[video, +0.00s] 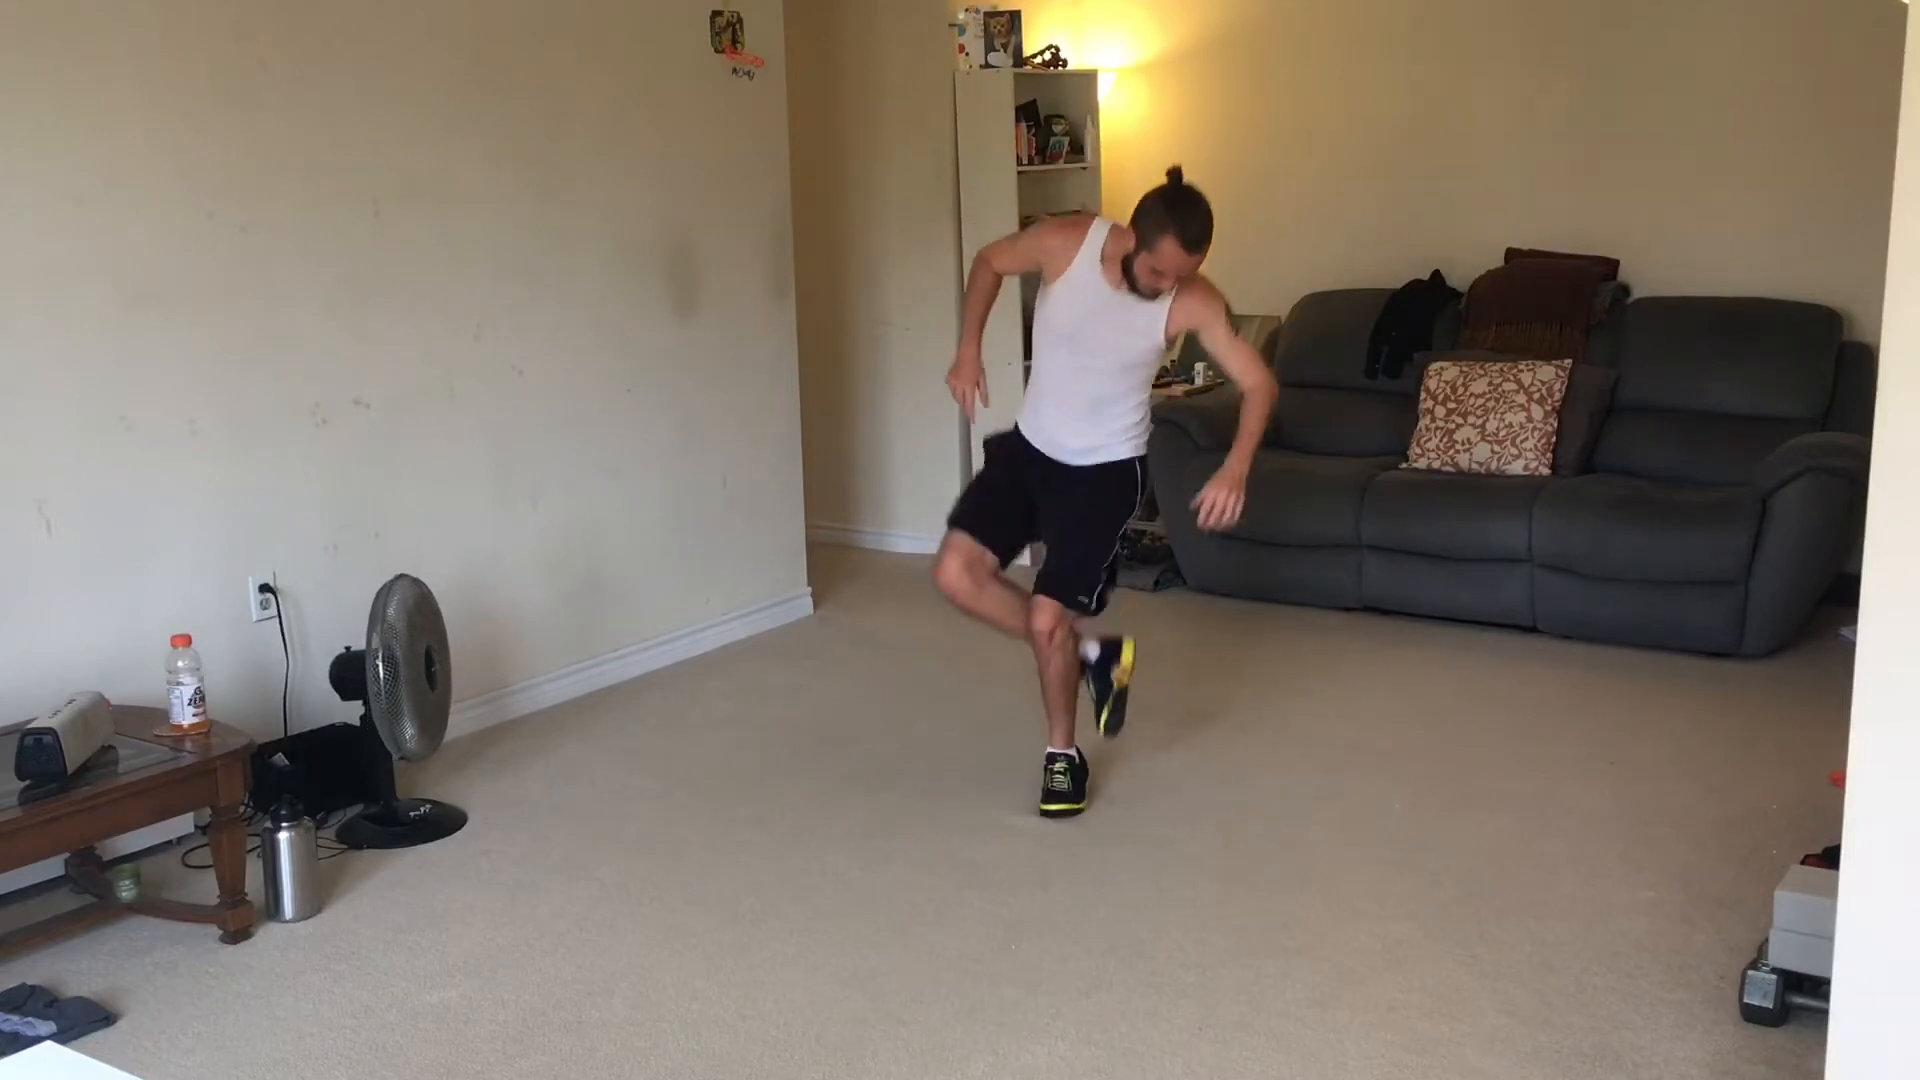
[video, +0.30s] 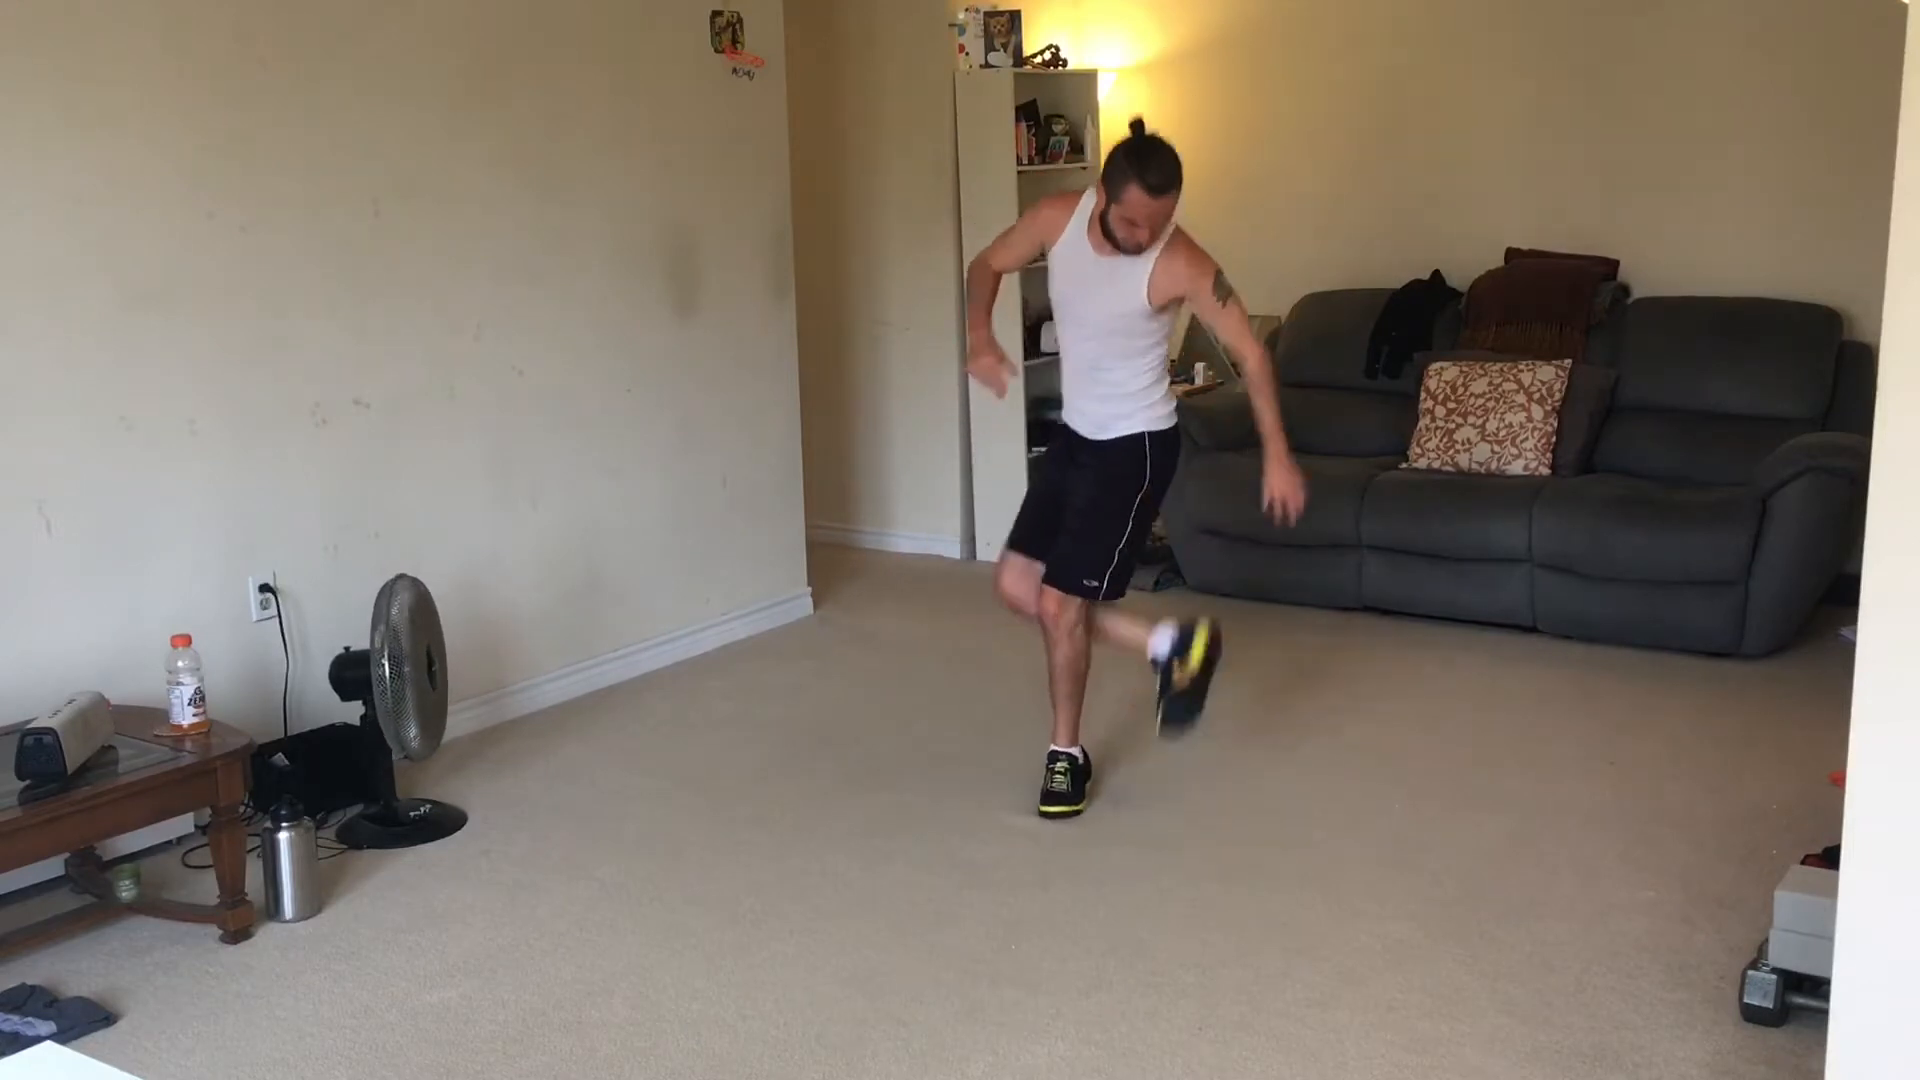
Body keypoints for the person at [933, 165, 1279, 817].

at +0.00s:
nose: (1163, 288)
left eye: (1178, 279)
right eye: (1155, 273)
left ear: (1197, 260)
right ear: (1129, 238)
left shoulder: (1193, 302)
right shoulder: (1067, 240)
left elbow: (1261, 385)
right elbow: (988, 262)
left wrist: (1235, 470)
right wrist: (968, 350)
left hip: (1104, 471)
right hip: (1028, 450)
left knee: (1048, 623)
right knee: (957, 574)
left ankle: (1062, 755)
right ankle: (1094, 653)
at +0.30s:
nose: (1141, 237)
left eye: (1156, 226)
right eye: (1130, 223)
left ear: (1174, 205)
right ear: (1103, 195)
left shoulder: (1182, 265)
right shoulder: (1058, 219)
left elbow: (1250, 353)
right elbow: (986, 266)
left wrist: (1278, 455)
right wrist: (980, 339)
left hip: (1139, 444)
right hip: (1073, 435)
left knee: (1060, 602)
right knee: (1016, 584)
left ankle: (1064, 752)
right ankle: (1168, 642)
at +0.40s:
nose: (1153, 191)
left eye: (1167, 180)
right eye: (1141, 177)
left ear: (1188, 160)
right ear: (1115, 152)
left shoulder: (1203, 219)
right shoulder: (1071, 189)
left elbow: (1266, 287)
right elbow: (998, 247)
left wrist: (1294, 379)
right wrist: (1006, 305)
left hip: (1157, 416)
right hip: (1092, 408)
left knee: (1104, 581)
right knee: (1016, 540)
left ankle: (1098, 749)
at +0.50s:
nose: (1182, 166)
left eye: (1195, 154)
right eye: (1170, 152)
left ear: (1213, 138)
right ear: (1143, 129)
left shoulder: (1228, 201)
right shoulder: (1090, 175)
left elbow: (1295, 288)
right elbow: (1024, 236)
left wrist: (1323, 387)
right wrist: (1001, 299)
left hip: (1174, 406)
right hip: (1098, 395)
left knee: (1153, 583)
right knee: (1037, 551)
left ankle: (1189, 724)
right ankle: (1181, 556)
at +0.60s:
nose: (1224, 200)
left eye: (1238, 190)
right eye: (1214, 184)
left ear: (1252, 177)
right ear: (1187, 159)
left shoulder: (1249, 236)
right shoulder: (1116, 203)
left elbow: (1325, 314)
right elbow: (1041, 261)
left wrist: (1342, 378)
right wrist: (997, 324)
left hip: (1195, 436)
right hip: (1105, 426)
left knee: (1212, 601)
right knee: (1070, 604)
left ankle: (1256, 721)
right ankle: (1167, 620)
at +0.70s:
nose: (1246, 286)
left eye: (1258, 279)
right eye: (1242, 274)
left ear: (1270, 255)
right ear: (1215, 238)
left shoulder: (1259, 276)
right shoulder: (1126, 256)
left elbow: (1325, 328)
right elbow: (1040, 297)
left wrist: (1339, 344)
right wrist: (978, 375)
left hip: (1207, 464)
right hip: (1120, 464)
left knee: (1234, 620)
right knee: (1099, 637)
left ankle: (1248, 727)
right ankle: (1146, 657)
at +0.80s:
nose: (1187, 306)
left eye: (1194, 297)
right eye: (1175, 300)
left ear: (1206, 267)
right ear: (1145, 273)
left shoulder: (1239, 270)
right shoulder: (1100, 283)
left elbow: (1332, 312)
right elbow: (1008, 337)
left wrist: (1377, 365)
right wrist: (934, 398)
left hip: (1222, 464)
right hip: (1133, 467)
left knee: (1236, 616)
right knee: (1093, 627)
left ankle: (1248, 726)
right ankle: (1146, 701)